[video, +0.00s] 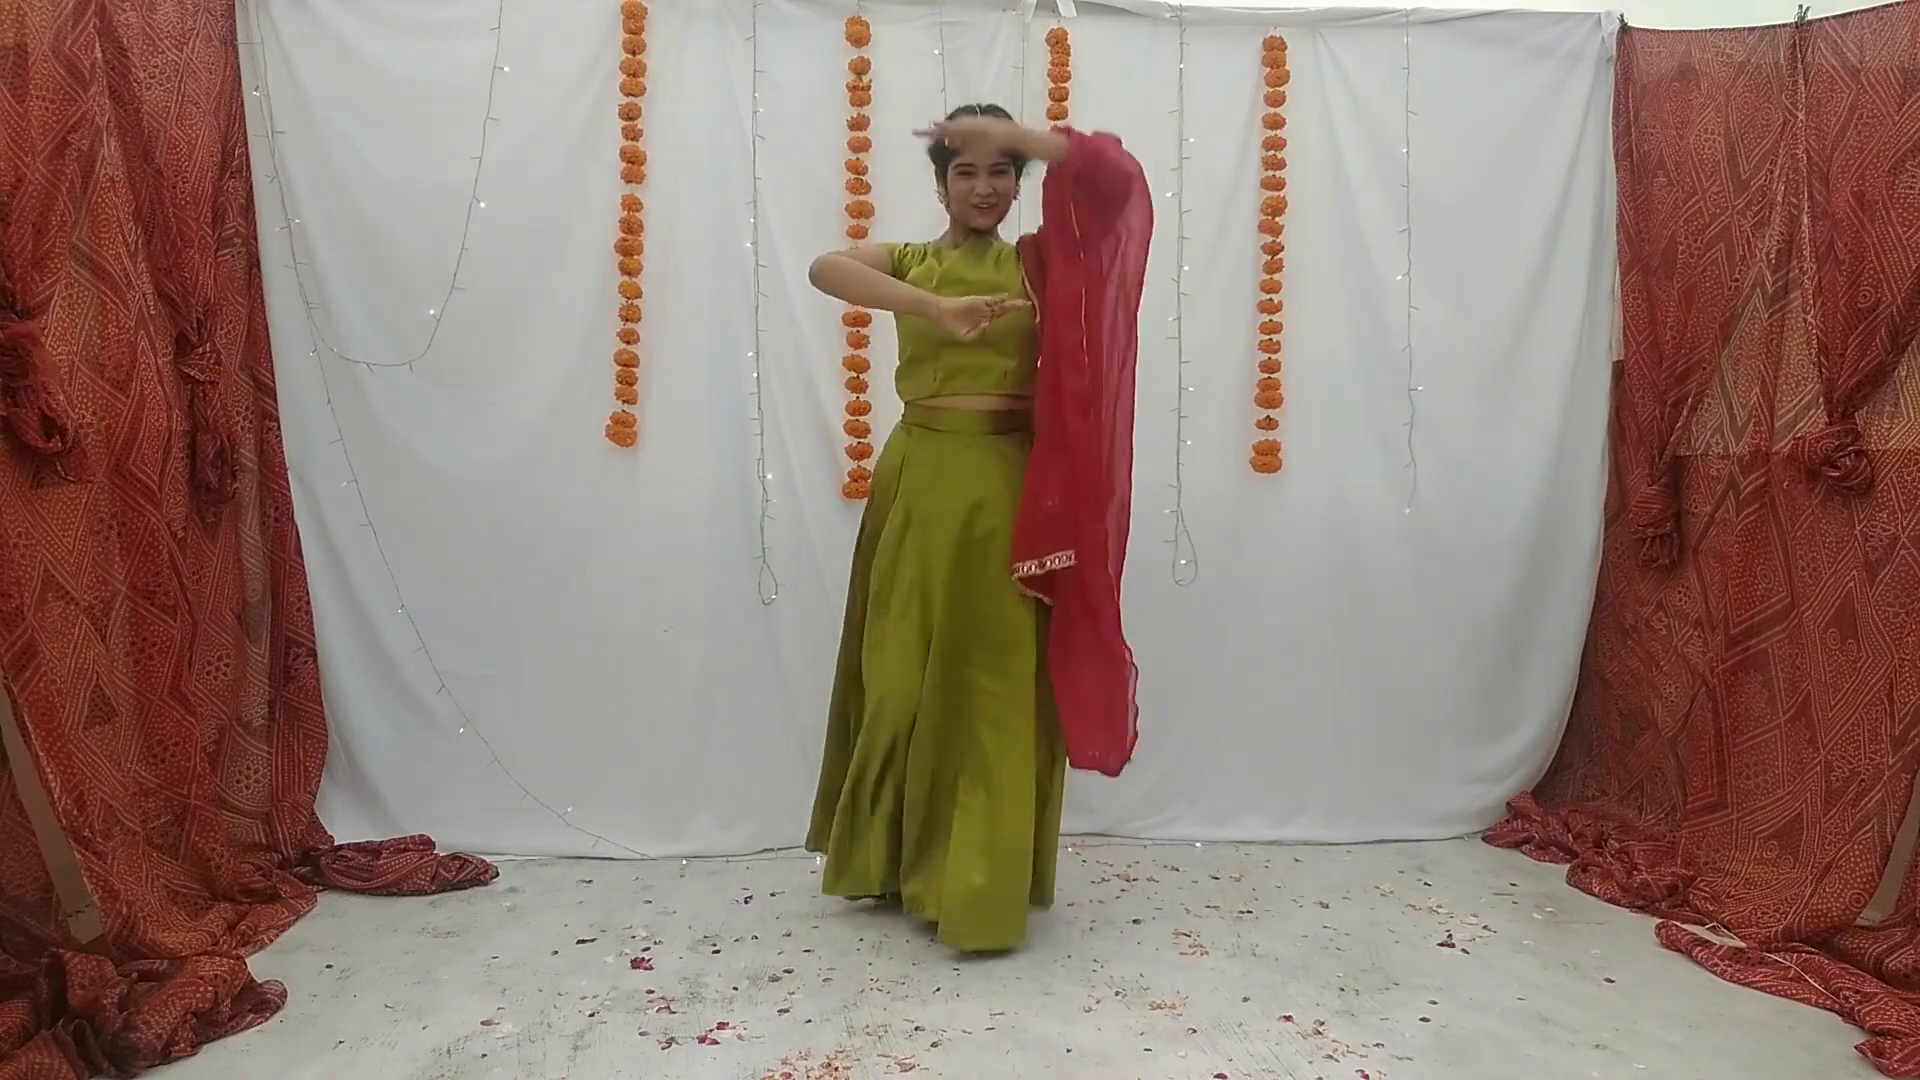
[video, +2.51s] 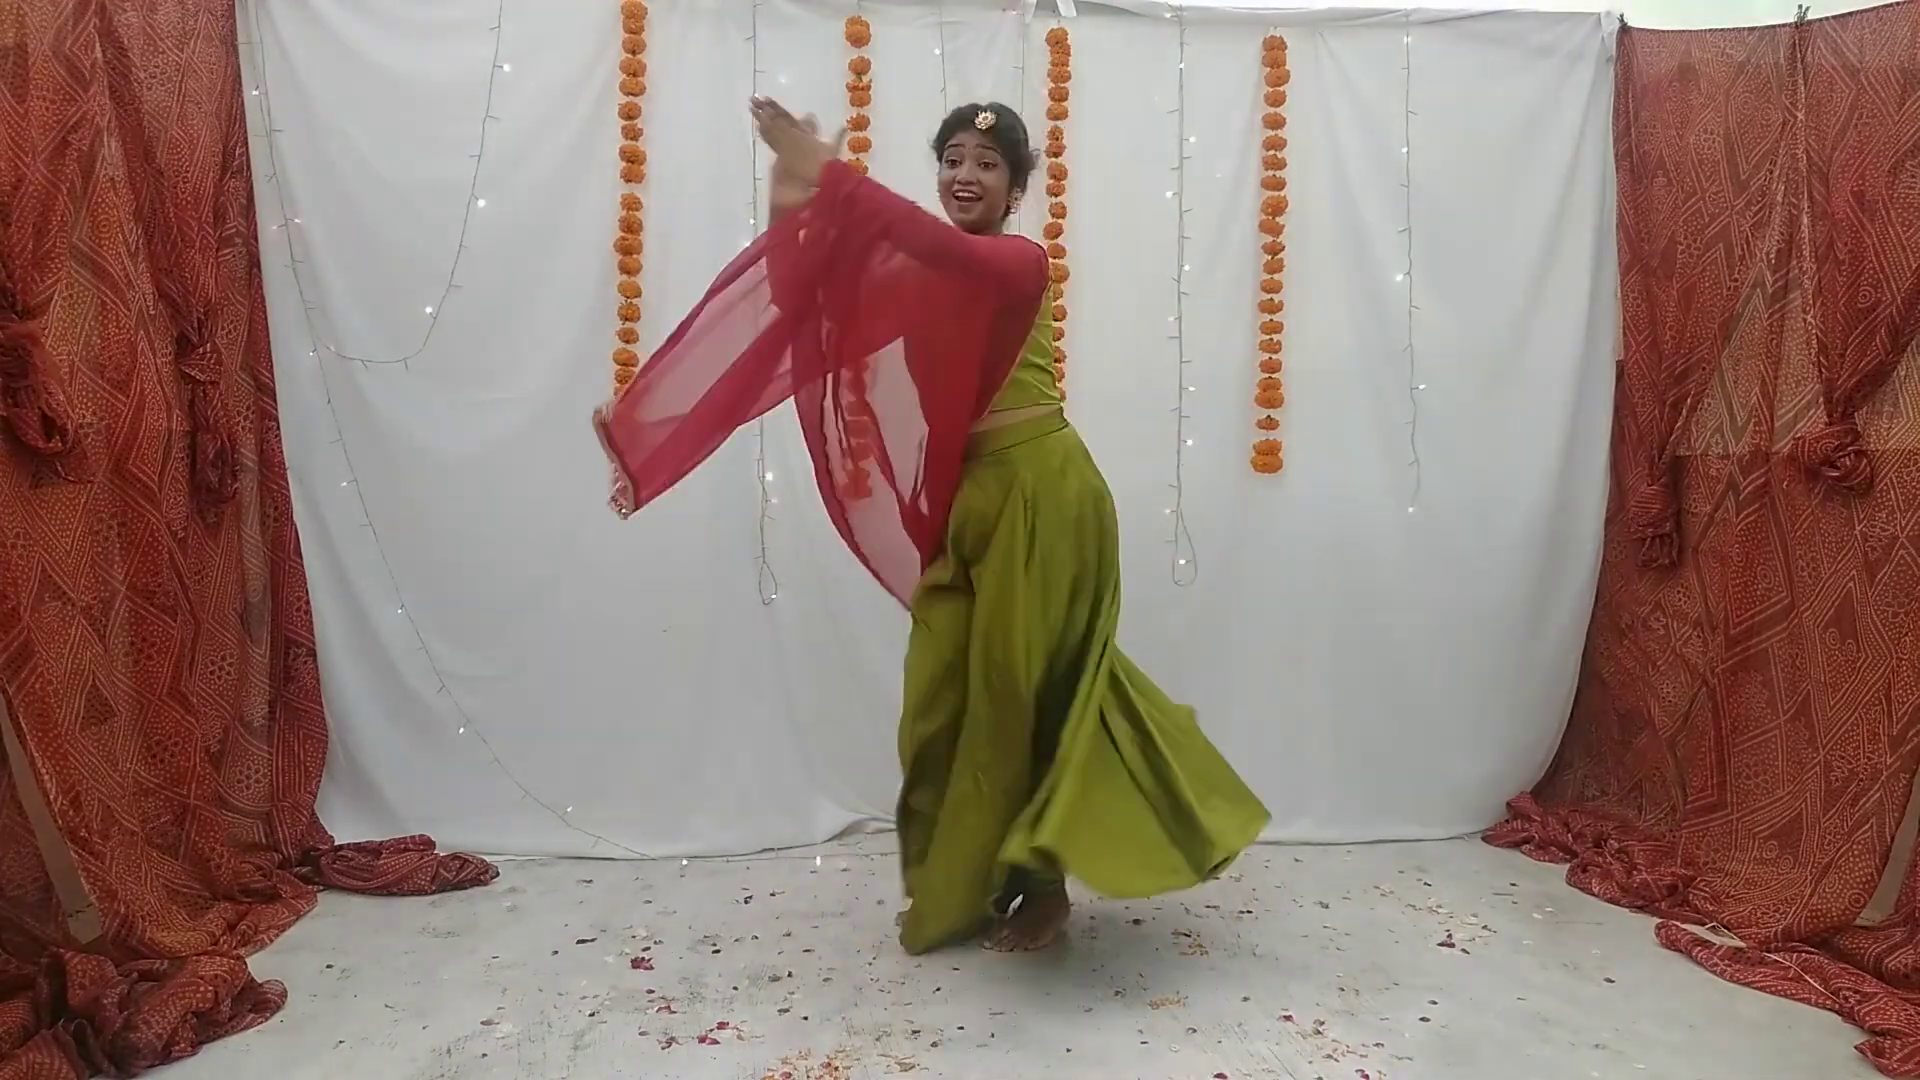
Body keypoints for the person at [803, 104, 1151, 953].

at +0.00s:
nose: (985, 186)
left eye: (1001, 171)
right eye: (969, 168)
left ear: (1020, 181)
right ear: (943, 176)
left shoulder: (1043, 262)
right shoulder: (912, 263)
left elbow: (1118, 178)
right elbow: (828, 270)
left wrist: (1020, 133)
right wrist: (930, 305)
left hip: (1012, 485)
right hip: (922, 483)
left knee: (1002, 683)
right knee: (905, 678)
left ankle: (985, 885)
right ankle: (899, 862)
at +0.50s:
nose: (1009, 139)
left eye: (1026, 125)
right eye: (992, 124)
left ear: (1047, 142)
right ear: (966, 135)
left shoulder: (1062, 240)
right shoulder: (929, 216)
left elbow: (1144, 223)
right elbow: (863, 96)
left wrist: (1005, 224)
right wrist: (973, 50)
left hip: (1029, 451)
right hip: (937, 443)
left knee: (1010, 667)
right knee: (935, 662)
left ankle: (981, 871)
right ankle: (928, 900)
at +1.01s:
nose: (1032, 144)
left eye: (1050, 127)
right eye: (1014, 126)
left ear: (1074, 138)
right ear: (985, 133)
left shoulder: (1099, 225)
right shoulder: (951, 226)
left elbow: (1162, 94)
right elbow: (848, 219)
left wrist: (1045, 42)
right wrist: (971, 246)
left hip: (1070, 474)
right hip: (967, 470)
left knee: (1071, 697)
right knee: (965, 694)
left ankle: (1074, 933)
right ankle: (973, 930)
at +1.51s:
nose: (990, 150)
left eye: (1008, 136)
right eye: (970, 139)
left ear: (1039, 163)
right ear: (949, 169)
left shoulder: (1086, 271)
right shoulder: (921, 293)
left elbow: (1197, 380)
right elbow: (916, 444)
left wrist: (1102, 319)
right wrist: (891, 372)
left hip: (1074, 533)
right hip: (959, 529)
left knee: (1082, 757)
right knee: (965, 757)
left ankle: (1080, 992)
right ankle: (960, 987)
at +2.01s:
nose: (1085, 132)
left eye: (1083, 116)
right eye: (1065, 120)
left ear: (1014, 156)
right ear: (1014, 148)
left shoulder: (971, 239)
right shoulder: (1052, 238)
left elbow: (887, 322)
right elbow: (1171, 254)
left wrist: (802, 358)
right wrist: (1289, 237)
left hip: (939, 480)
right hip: (1006, 488)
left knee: (947, 712)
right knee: (1005, 716)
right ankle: (963, 959)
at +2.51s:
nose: (963, 173)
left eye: (985, 160)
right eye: (951, 157)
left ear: (1015, 183)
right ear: (937, 172)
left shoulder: (1023, 260)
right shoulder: (926, 270)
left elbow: (933, 238)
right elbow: (807, 303)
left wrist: (826, 171)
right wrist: (791, 195)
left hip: (1042, 482)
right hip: (964, 489)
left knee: (1021, 685)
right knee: (939, 696)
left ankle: (1041, 879)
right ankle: (963, 887)